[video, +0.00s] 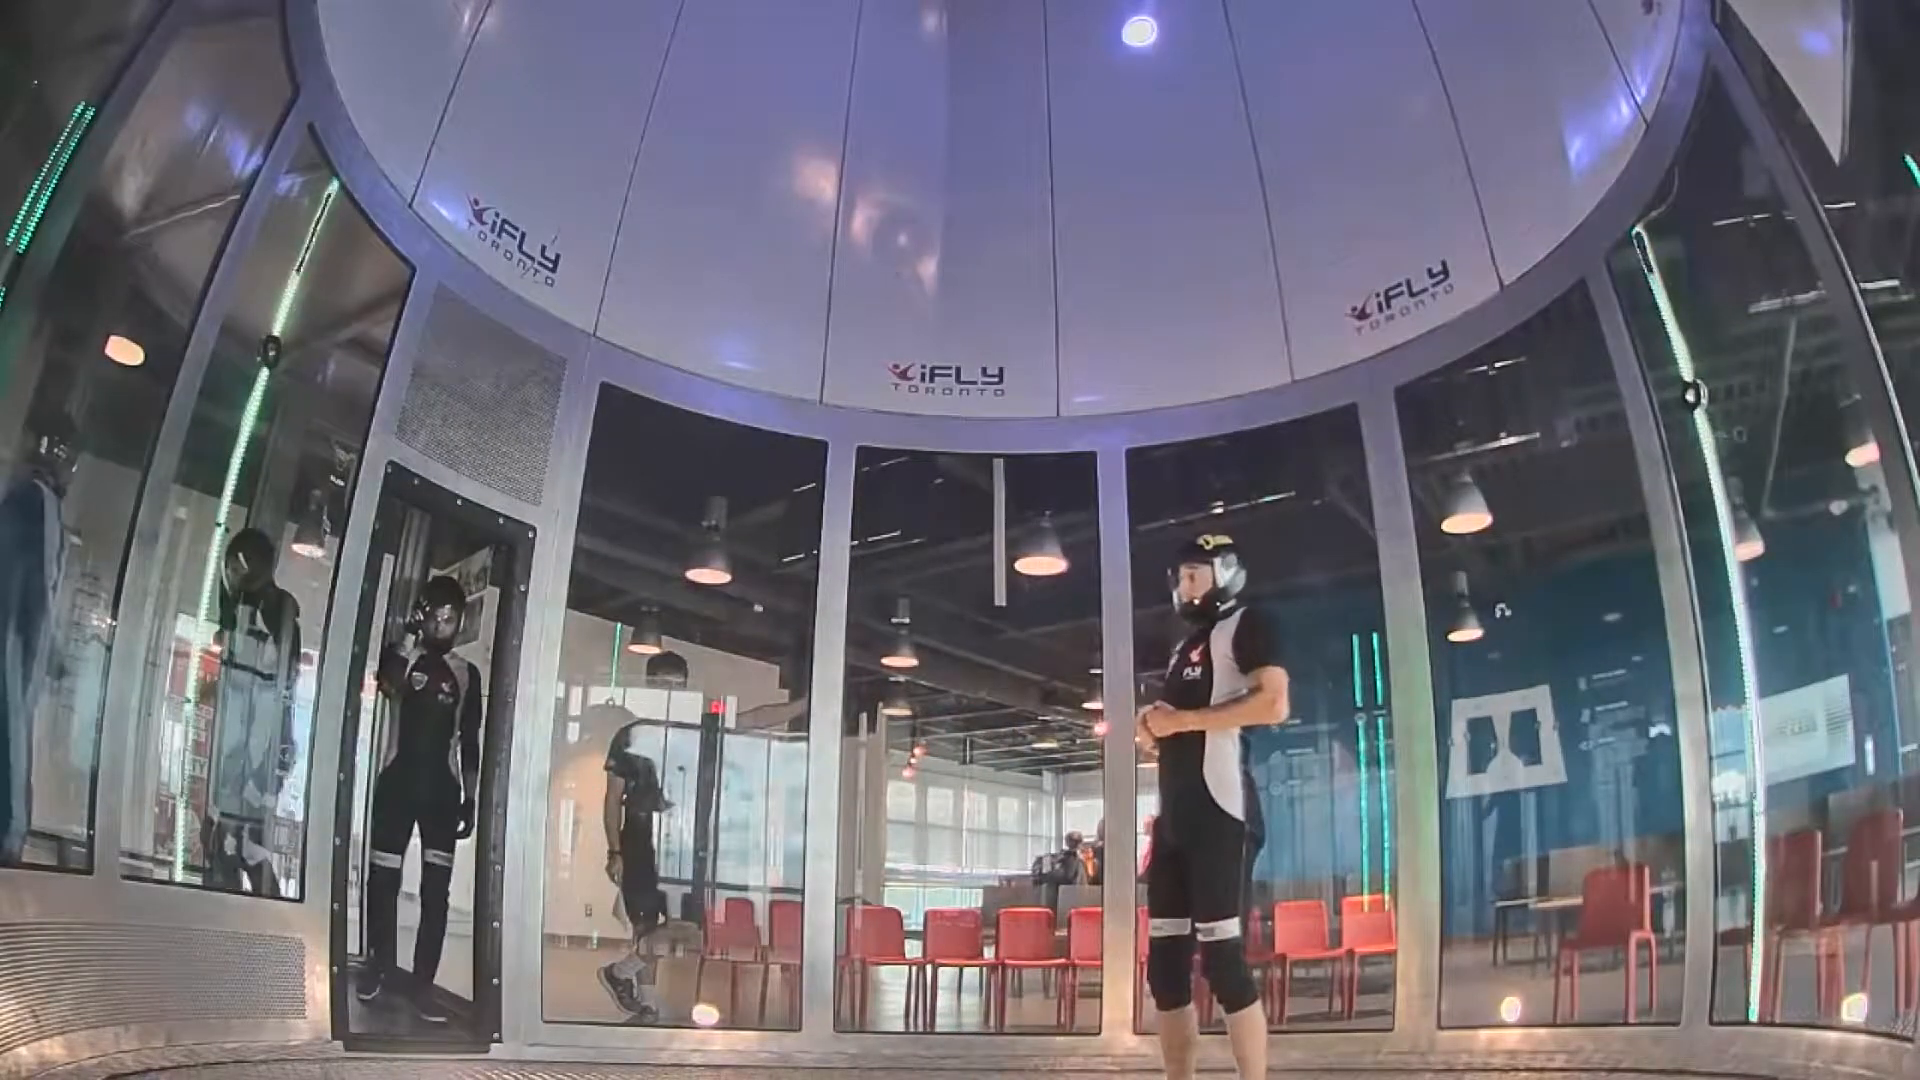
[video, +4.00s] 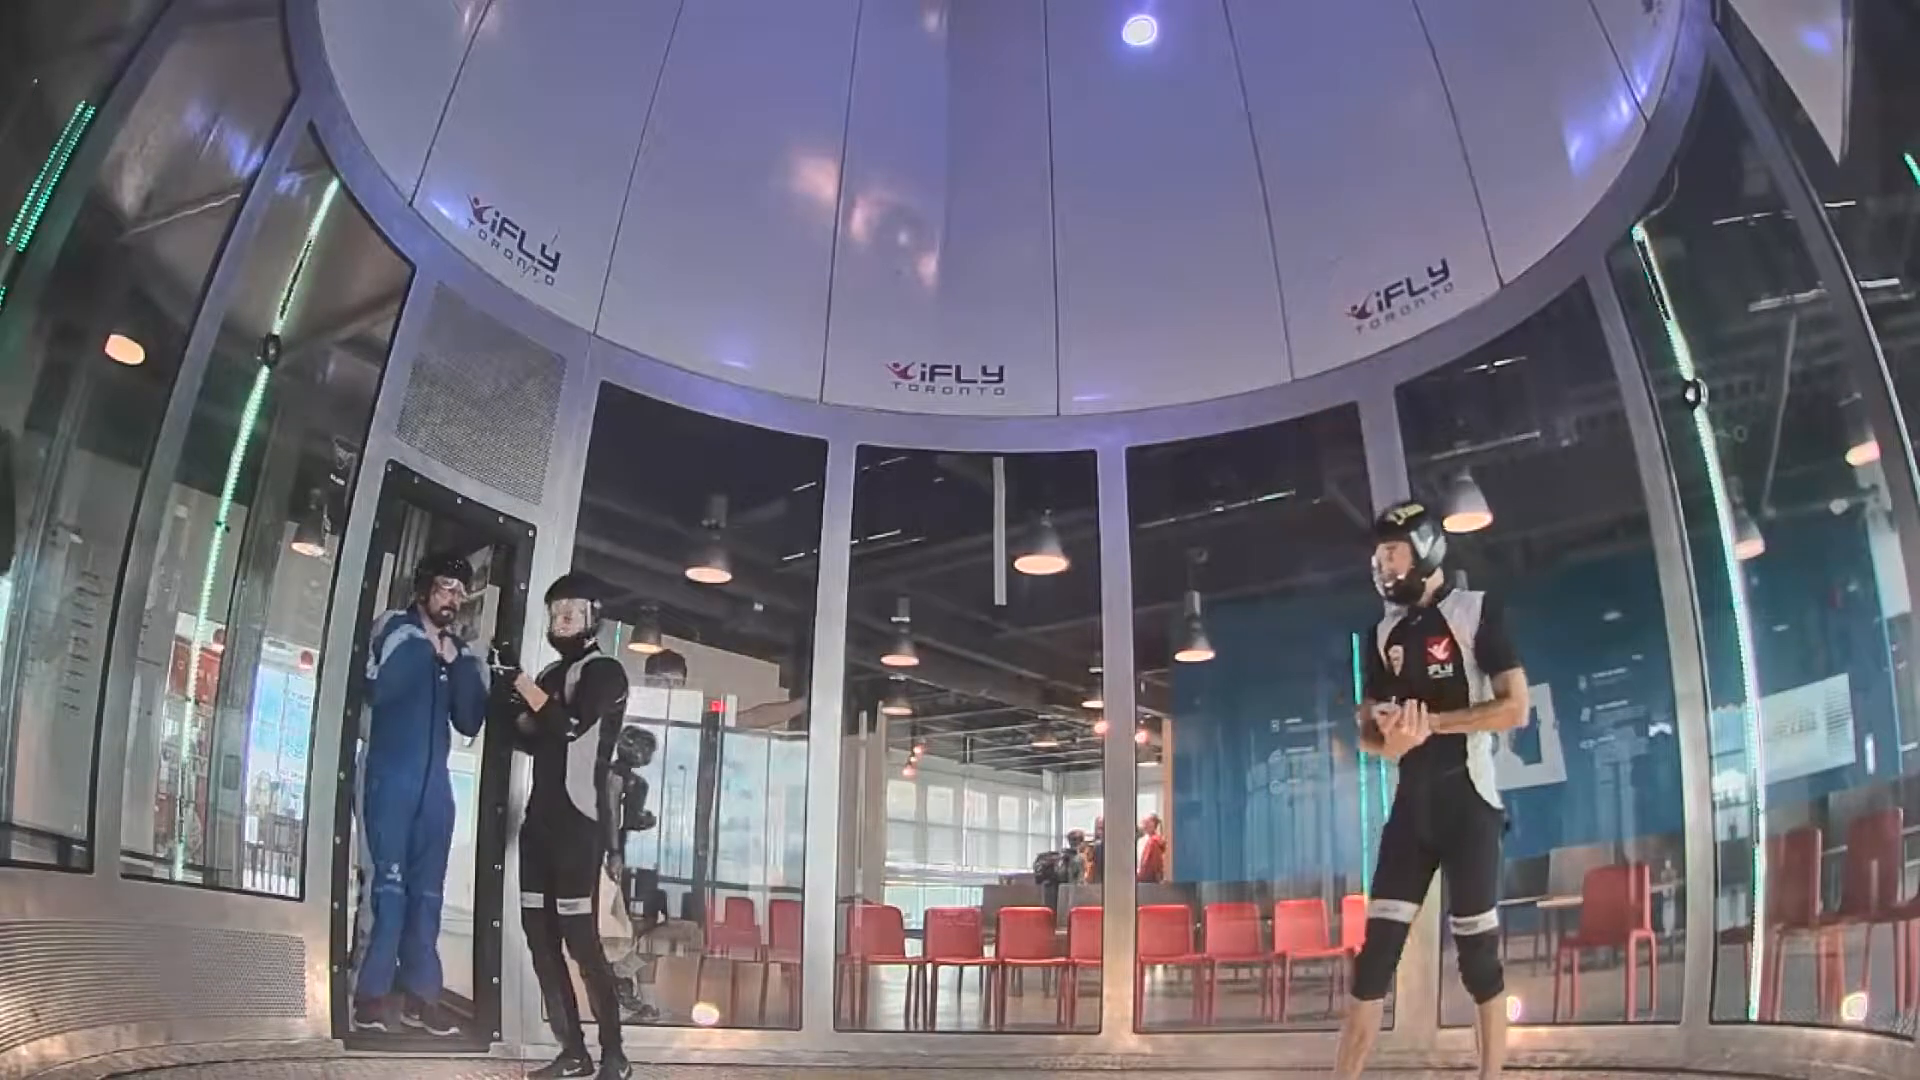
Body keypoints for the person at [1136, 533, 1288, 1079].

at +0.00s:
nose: (1186, 585)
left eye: (1197, 574)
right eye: (1183, 575)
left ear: (1226, 575)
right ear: (1179, 579)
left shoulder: (1252, 622)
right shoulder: (1185, 642)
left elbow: (1274, 703)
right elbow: (1184, 728)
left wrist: (1182, 719)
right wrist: (1149, 733)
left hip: (1224, 812)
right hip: (1175, 813)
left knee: (1223, 961)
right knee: (1166, 965)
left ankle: (1253, 1075)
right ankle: (1179, 1077)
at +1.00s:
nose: (1185, 588)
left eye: (1195, 578)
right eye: (1182, 578)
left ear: (1225, 581)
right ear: (1184, 586)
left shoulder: (1265, 633)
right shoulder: (1178, 654)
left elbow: (1308, 715)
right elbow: (1161, 739)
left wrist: (1218, 718)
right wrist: (1164, 730)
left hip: (1247, 810)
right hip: (1194, 811)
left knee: (1230, 949)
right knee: (1185, 956)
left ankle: (1259, 1075)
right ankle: (1182, 1076)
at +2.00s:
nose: (1340, 593)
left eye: (1350, 582)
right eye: (1330, 584)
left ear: (1370, 588)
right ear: (1318, 595)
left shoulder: (1402, 643)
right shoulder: (1307, 665)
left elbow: (1448, 718)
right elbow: (1296, 756)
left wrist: (1375, 739)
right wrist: (1308, 750)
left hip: (1388, 821)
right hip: (1329, 822)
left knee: (1384, 962)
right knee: (1290, 949)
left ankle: (1391, 1064)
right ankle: (1266, 1071)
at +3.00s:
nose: (1279, 571)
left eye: (1286, 560)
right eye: (1268, 566)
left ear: (1308, 569)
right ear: (1258, 587)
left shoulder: (1360, 631)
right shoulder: (1264, 641)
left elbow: (1385, 595)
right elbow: (1291, 592)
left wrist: (1361, 495)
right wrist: (1314, 495)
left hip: (1372, 820)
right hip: (1300, 827)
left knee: (1386, 970)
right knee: (1305, 979)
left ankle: (1400, 1058)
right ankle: (1299, 1076)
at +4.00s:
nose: (1384, 566)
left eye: (1395, 553)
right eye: (1380, 555)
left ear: (1429, 551)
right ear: (1379, 559)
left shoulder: (1477, 611)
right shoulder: (1381, 634)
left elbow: (1514, 708)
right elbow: (1367, 731)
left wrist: (1428, 722)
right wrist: (1388, 747)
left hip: (1471, 802)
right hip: (1411, 803)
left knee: (1477, 958)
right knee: (1378, 948)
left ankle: (1491, 1077)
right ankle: (1345, 1076)